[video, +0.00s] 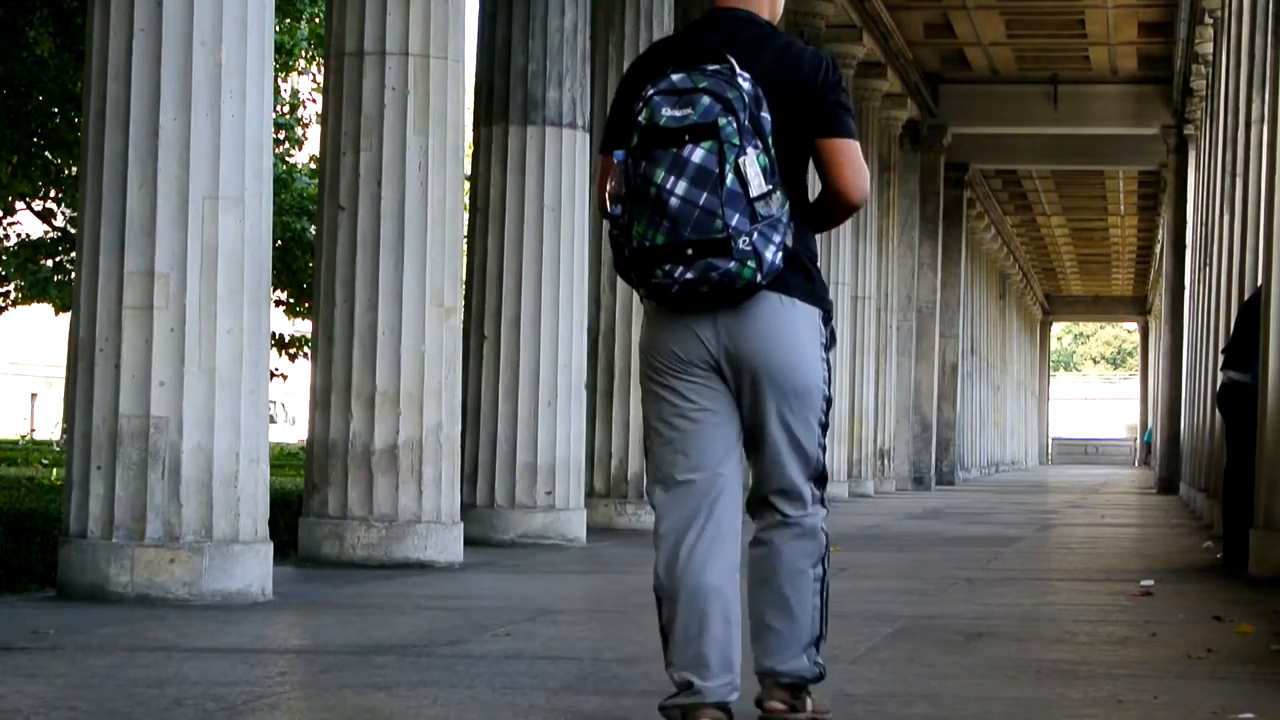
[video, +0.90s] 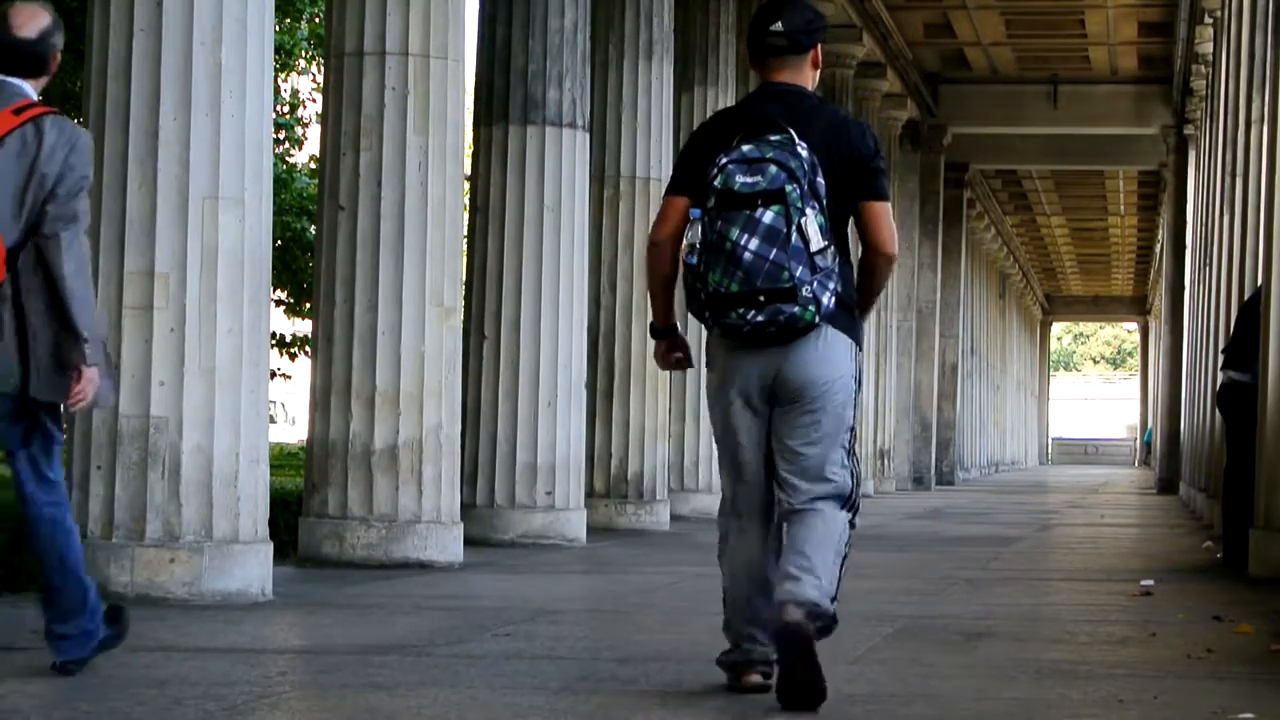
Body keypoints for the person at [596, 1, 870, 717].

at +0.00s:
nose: (783, 5)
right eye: (781, 1)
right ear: (773, 2)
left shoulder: (646, 66)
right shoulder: (804, 64)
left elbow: (609, 190)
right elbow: (853, 186)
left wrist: (673, 227)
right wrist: (803, 222)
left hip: (676, 314)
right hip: (778, 310)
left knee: (692, 498)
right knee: (788, 500)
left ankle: (703, 696)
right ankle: (786, 684)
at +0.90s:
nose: (817, 62)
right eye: (819, 52)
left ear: (752, 58)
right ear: (817, 57)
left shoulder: (712, 133)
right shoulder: (849, 134)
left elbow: (663, 237)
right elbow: (883, 247)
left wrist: (662, 324)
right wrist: (855, 308)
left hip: (734, 337)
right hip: (820, 337)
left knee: (745, 498)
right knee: (817, 492)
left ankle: (750, 656)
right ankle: (800, 611)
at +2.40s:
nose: (862, 136)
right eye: (864, 129)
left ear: (809, 130)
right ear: (861, 131)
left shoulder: (777, 190)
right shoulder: (885, 189)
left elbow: (753, 280)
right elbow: (917, 272)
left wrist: (787, 326)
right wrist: (940, 347)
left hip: (798, 357)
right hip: (870, 355)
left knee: (808, 480)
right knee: (873, 478)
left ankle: (814, 615)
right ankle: (878, 608)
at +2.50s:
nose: (868, 144)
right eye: (871, 137)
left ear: (818, 138)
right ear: (871, 139)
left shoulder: (785, 198)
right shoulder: (894, 200)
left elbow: (760, 285)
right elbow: (922, 282)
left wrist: (791, 328)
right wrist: (943, 356)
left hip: (802, 360)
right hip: (873, 360)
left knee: (809, 482)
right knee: (872, 482)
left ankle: (814, 609)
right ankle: (872, 605)